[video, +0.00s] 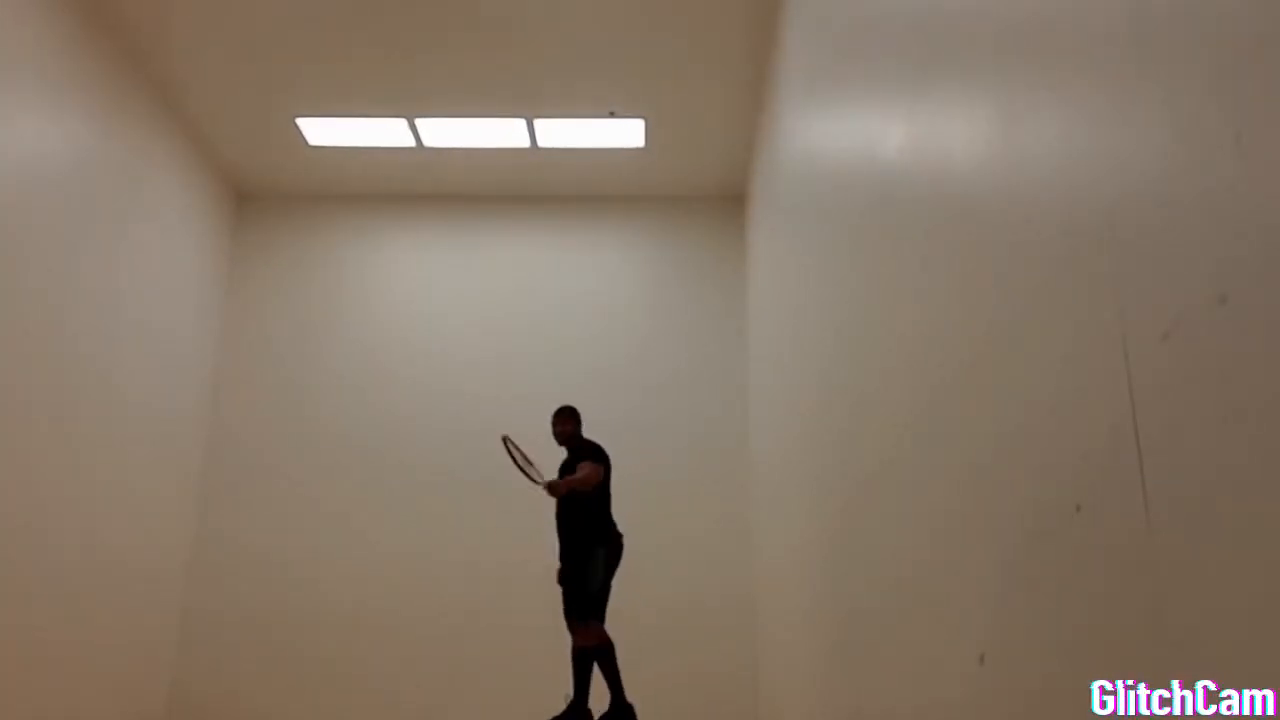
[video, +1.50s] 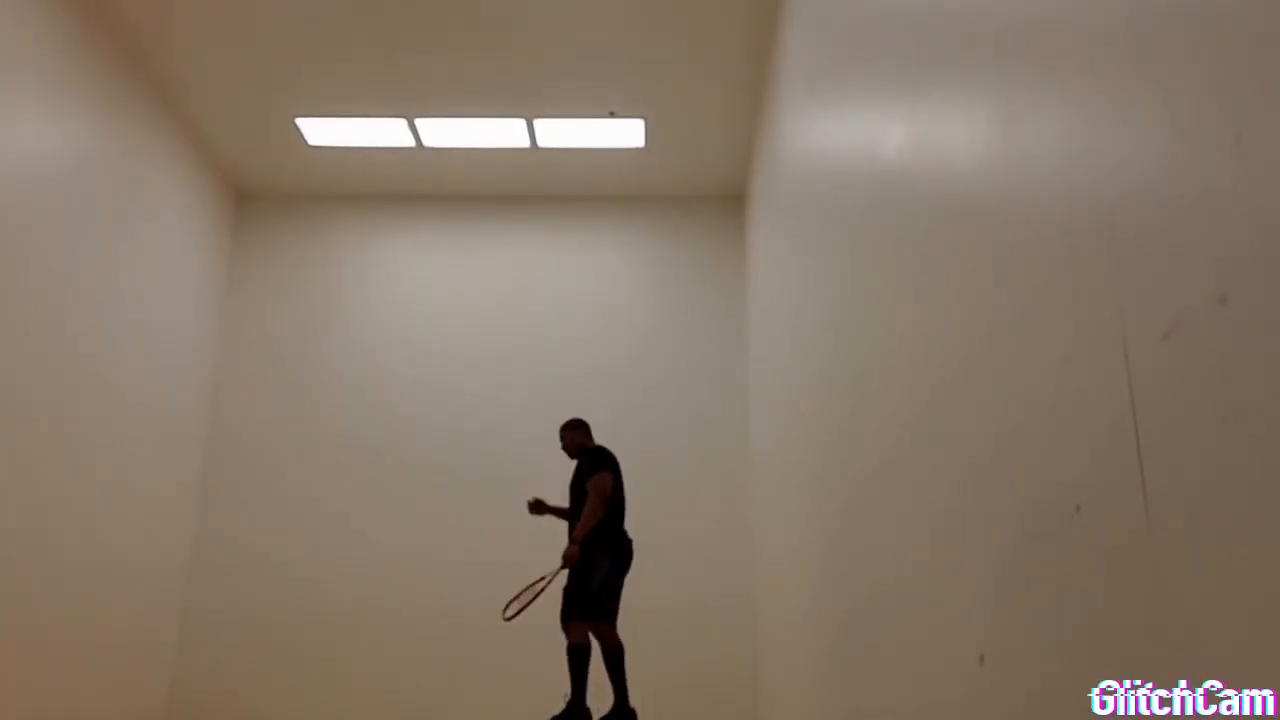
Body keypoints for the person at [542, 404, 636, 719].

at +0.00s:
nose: (561, 431)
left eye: (566, 425)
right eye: (556, 426)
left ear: (578, 425)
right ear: (553, 430)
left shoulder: (592, 453)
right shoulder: (565, 467)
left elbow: (590, 477)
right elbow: (569, 521)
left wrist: (564, 485)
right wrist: (565, 563)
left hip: (600, 546)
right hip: (577, 550)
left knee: (591, 624)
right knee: (578, 625)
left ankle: (620, 702)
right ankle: (579, 704)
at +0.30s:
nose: (569, 435)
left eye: (575, 430)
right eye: (567, 431)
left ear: (589, 431)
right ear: (567, 434)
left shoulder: (601, 458)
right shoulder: (582, 469)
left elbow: (599, 493)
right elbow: (579, 522)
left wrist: (568, 511)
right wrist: (543, 541)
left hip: (602, 553)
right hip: (588, 555)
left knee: (587, 627)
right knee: (593, 628)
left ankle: (579, 705)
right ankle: (621, 705)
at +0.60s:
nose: (576, 441)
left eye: (581, 435)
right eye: (576, 436)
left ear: (598, 434)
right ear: (591, 437)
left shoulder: (609, 465)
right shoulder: (598, 467)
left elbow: (608, 514)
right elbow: (585, 516)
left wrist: (600, 550)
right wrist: (547, 518)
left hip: (603, 557)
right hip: (606, 558)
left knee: (584, 627)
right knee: (603, 629)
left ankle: (579, 705)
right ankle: (623, 706)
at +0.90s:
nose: (586, 452)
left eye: (587, 447)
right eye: (586, 448)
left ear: (594, 444)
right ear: (604, 443)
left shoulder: (614, 465)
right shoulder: (598, 471)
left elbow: (614, 510)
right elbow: (574, 484)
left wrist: (606, 550)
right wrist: (546, 476)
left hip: (614, 558)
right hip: (589, 557)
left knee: (604, 627)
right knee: (579, 626)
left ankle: (622, 705)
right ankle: (577, 704)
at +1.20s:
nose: (576, 459)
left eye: (577, 454)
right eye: (576, 456)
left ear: (584, 448)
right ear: (596, 444)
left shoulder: (605, 459)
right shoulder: (599, 466)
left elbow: (605, 500)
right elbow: (576, 476)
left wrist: (585, 538)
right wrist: (550, 474)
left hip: (607, 551)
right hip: (613, 551)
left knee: (584, 626)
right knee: (606, 627)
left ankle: (578, 704)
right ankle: (623, 705)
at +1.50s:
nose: (564, 446)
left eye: (566, 440)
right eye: (562, 441)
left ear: (581, 436)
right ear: (581, 436)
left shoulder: (596, 458)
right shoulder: (585, 467)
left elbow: (599, 502)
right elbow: (582, 514)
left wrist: (576, 542)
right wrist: (549, 510)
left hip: (602, 551)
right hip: (596, 552)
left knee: (576, 624)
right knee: (602, 625)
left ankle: (577, 705)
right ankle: (623, 705)